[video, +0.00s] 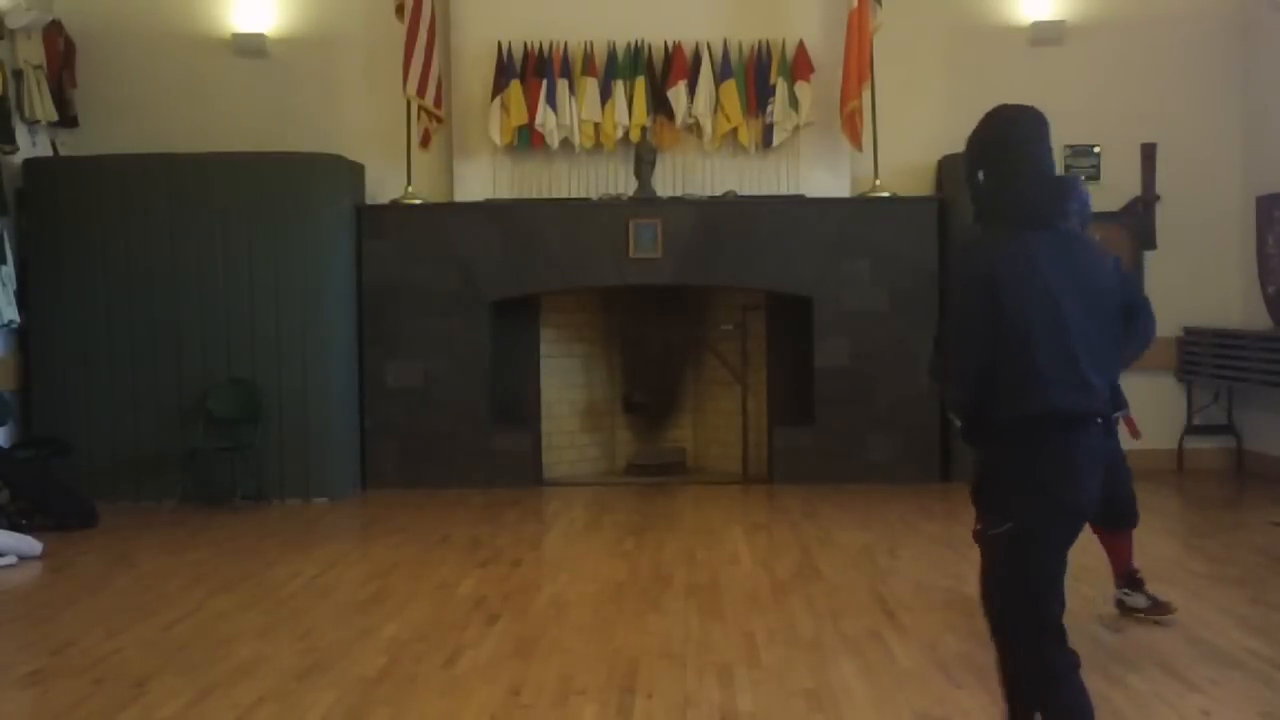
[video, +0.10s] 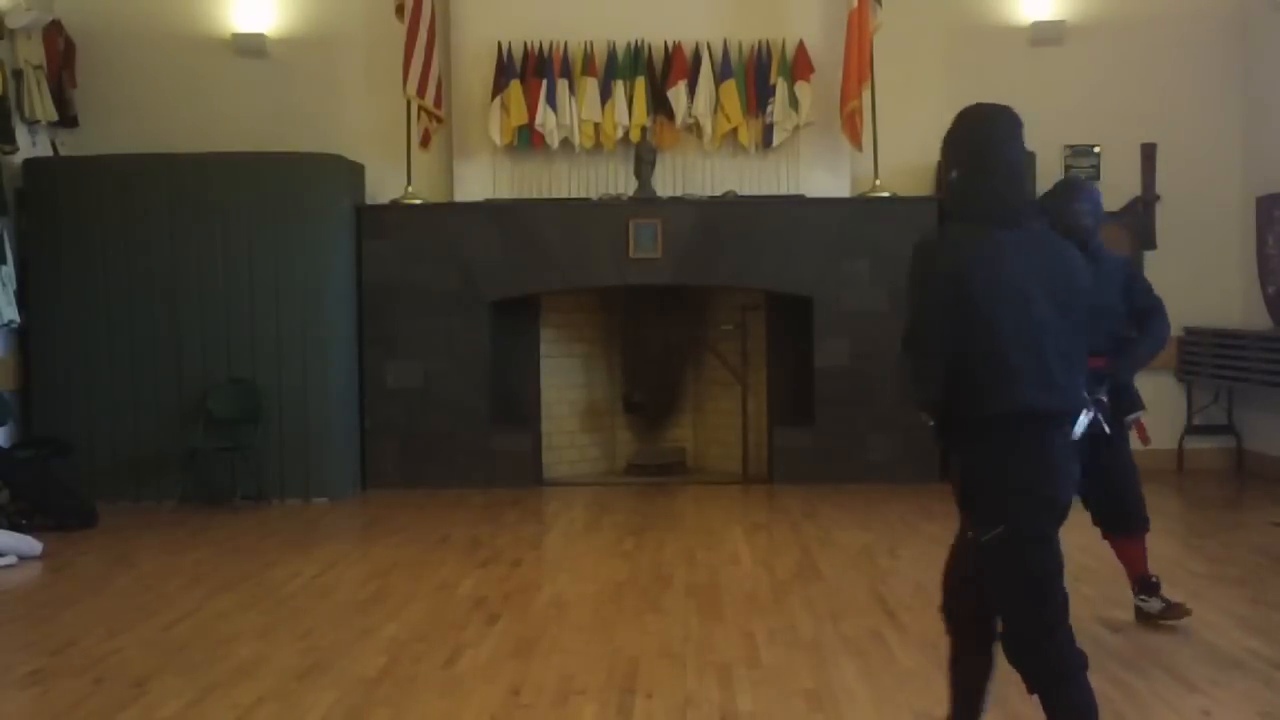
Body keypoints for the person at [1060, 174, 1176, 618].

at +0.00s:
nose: (1078, 229)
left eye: (1082, 219)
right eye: (1071, 219)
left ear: (1087, 221)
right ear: (1052, 220)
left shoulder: (1094, 271)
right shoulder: (1039, 272)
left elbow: (1098, 357)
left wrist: (1121, 407)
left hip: (1095, 415)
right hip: (1049, 417)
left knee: (1115, 502)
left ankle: (1128, 584)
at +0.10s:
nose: (1081, 228)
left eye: (1089, 219)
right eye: (1071, 219)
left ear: (1097, 221)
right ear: (1051, 220)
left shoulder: (1114, 270)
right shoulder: (1034, 268)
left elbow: (1155, 326)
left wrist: (1119, 369)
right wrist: (1056, 370)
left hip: (1101, 401)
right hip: (1045, 403)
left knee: (1119, 498)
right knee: (1033, 507)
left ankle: (1145, 592)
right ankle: (1011, 601)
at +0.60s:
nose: (1117, 229)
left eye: (1127, 218)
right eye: (1108, 219)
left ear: (1145, 214)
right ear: (1090, 216)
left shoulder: (1172, 264)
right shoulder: (1070, 265)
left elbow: (1214, 326)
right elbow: (1053, 336)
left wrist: (1165, 372)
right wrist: (1093, 375)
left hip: (1149, 409)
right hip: (1082, 407)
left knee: (1153, 507)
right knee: (1071, 507)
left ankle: (1152, 601)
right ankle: (1063, 610)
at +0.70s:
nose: (1111, 224)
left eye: (1120, 213)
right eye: (1101, 214)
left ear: (1140, 214)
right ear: (1084, 217)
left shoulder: (1169, 265)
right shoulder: (1068, 268)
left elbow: (1212, 329)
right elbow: (1049, 341)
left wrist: (1163, 376)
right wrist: (1086, 380)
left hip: (1152, 414)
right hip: (1086, 414)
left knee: (1153, 512)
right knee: (1079, 517)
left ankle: (1152, 602)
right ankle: (1071, 617)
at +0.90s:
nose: (1088, 228)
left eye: (1097, 217)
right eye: (1078, 218)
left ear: (1116, 216)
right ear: (1061, 222)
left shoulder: (1150, 265)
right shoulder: (1047, 277)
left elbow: (1193, 334)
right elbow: (1033, 350)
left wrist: (1149, 379)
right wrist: (1067, 394)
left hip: (1143, 410)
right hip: (1074, 410)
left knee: (1160, 513)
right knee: (1069, 518)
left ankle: (1157, 587)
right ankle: (1069, 623)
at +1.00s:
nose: (1078, 225)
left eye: (1086, 213)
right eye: (1067, 214)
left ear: (1106, 213)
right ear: (1049, 220)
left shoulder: (1140, 261)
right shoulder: (1035, 277)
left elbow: (1188, 332)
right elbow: (1026, 353)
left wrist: (1137, 379)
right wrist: (1061, 400)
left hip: (1136, 407)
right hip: (1067, 410)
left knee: (1167, 514)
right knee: (1064, 518)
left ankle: (1161, 577)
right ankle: (1069, 624)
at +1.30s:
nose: (1054, 220)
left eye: (1064, 208)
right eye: (1045, 210)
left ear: (1089, 207)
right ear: (1035, 216)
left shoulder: (1131, 255)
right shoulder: (1026, 272)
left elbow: (1181, 322)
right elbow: (1014, 349)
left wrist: (1127, 385)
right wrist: (1049, 400)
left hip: (1130, 418)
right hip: (1063, 419)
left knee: (1151, 524)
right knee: (1059, 526)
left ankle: (1170, 629)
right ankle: (1068, 627)